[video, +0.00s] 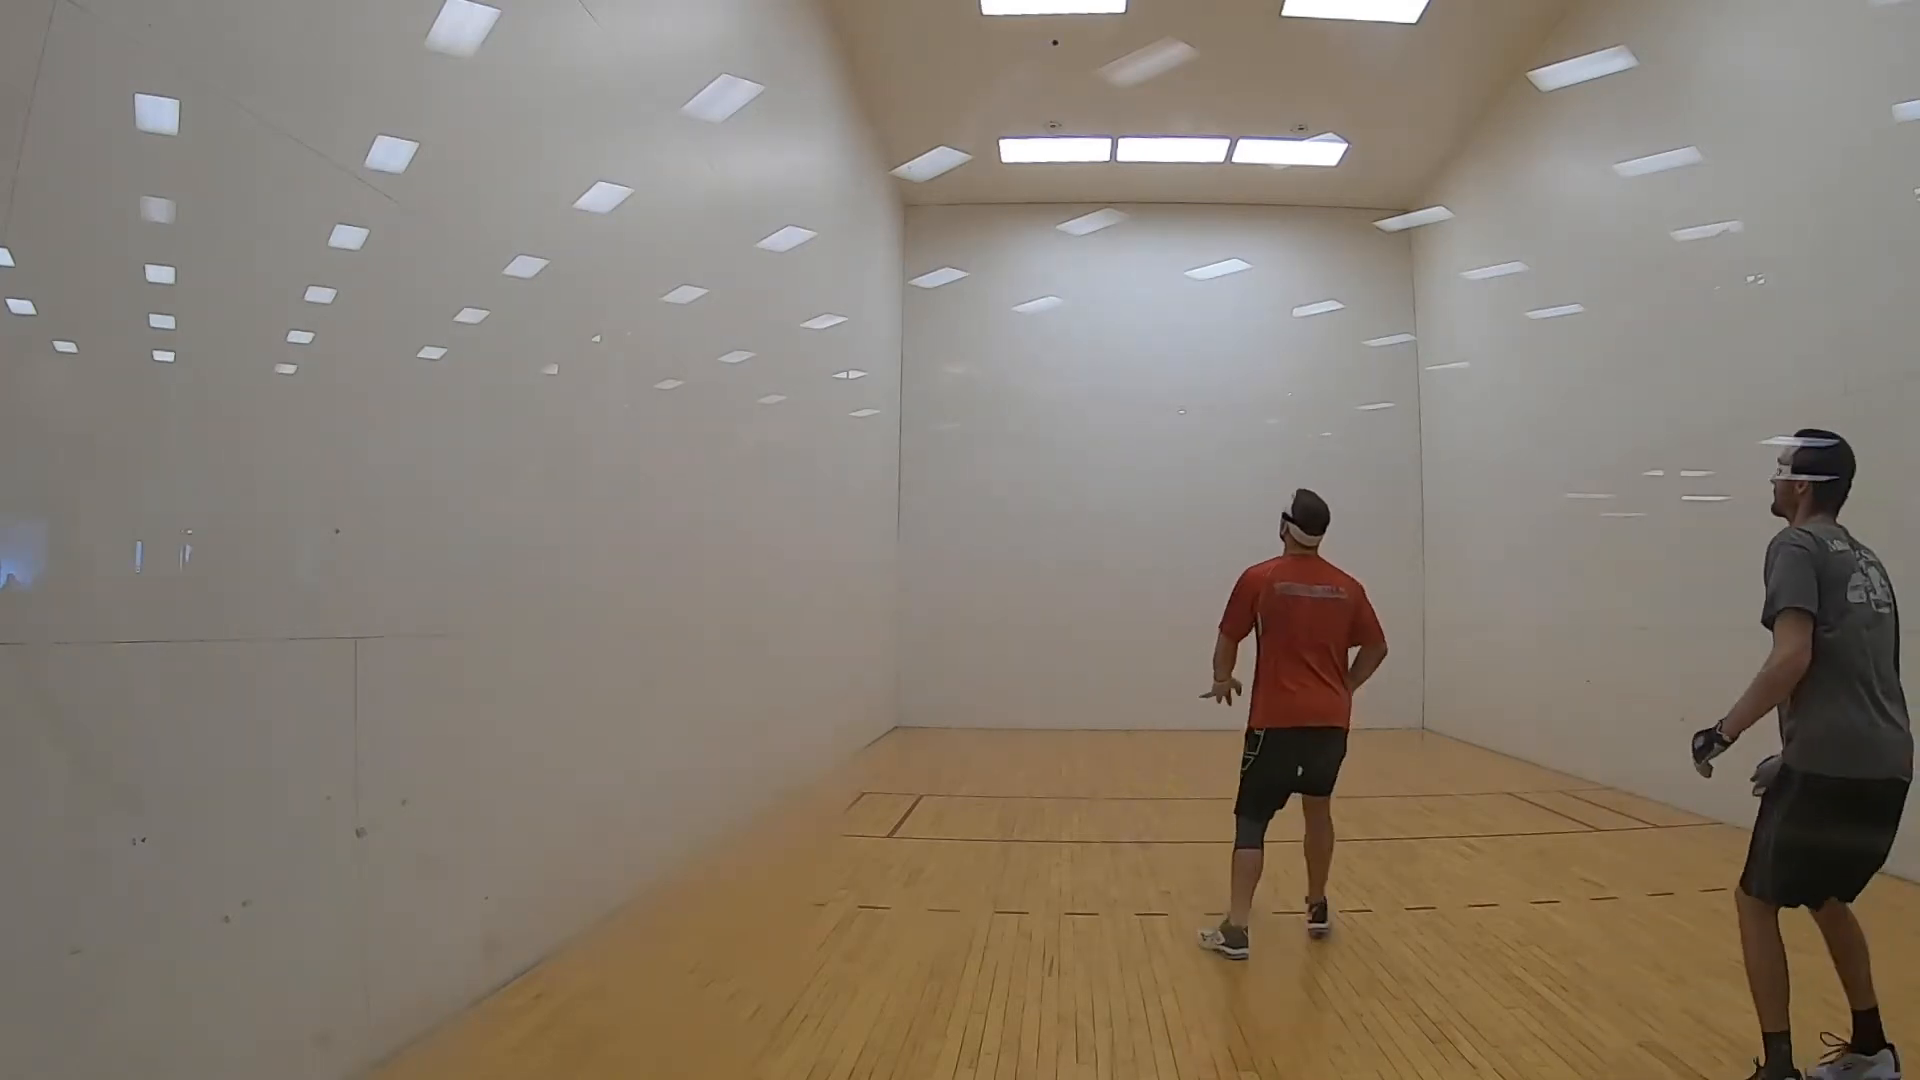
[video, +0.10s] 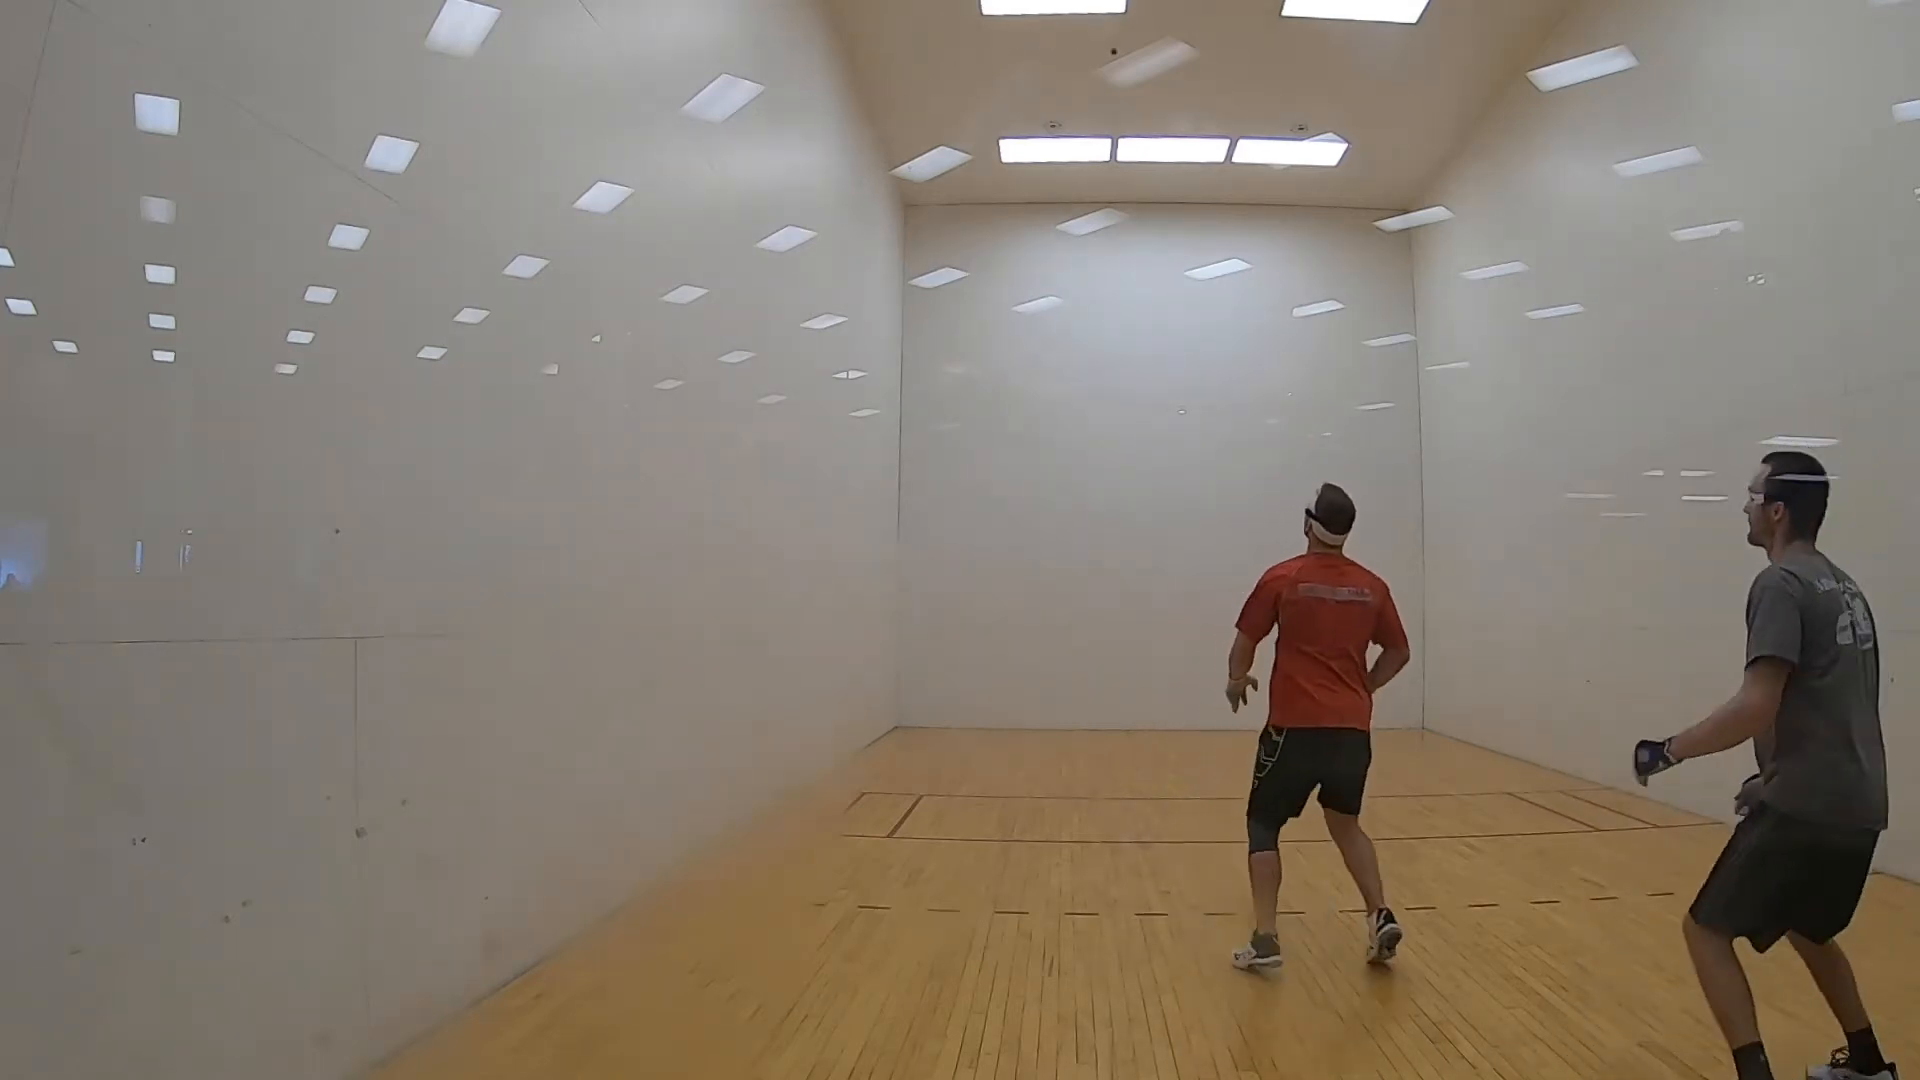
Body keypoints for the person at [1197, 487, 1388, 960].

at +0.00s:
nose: (1281, 527)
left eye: (1283, 522)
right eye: (1290, 523)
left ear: (1286, 528)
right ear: (1324, 534)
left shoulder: (1259, 579)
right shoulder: (1348, 587)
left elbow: (1227, 639)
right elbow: (1376, 648)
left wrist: (1223, 678)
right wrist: (1347, 687)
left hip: (1274, 722)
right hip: (1330, 722)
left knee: (1252, 819)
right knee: (1319, 807)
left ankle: (1236, 929)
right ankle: (1317, 905)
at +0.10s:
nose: (1305, 525)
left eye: (1307, 520)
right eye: (1316, 521)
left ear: (1309, 525)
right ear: (1349, 530)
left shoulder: (1281, 579)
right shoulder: (1373, 586)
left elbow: (1246, 639)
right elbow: (1399, 652)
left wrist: (1237, 677)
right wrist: (1365, 687)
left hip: (1294, 729)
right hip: (1352, 731)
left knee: (1263, 824)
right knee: (1344, 819)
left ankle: (1265, 940)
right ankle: (1380, 916)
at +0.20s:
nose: (1325, 529)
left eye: (1326, 523)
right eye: (1336, 524)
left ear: (1328, 529)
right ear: (1370, 535)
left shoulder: (1299, 587)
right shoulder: (1395, 593)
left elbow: (1263, 648)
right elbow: (1424, 663)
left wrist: (1267, 681)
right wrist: (1393, 701)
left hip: (1312, 746)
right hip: (1375, 747)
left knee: (1281, 840)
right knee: (1366, 846)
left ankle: (1271, 950)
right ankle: (1392, 945)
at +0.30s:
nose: (1355, 507)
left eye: (1350, 498)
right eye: (1368, 501)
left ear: (1343, 502)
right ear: (1389, 505)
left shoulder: (1311, 562)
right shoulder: (1417, 566)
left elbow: (1288, 626)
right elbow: (1447, 639)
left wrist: (1305, 668)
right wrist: (1425, 683)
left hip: (1331, 728)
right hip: (1395, 730)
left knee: (1316, 837)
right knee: (1393, 839)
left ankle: (1303, 944)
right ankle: (1397, 948)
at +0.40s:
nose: (1391, 494)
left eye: (1377, 486)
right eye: (1398, 486)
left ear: (1356, 490)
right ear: (1403, 492)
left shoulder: (1321, 554)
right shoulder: (1433, 558)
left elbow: (1310, 626)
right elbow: (1458, 645)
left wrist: (1346, 663)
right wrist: (1446, 692)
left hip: (1345, 719)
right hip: (1411, 720)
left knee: (1353, 831)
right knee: (1417, 843)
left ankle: (1338, 954)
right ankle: (1418, 958)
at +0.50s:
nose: (1434, 504)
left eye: (1431, 495)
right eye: (1427, 496)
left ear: (1380, 508)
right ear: (1406, 506)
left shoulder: (1339, 571)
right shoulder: (1435, 575)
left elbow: (1332, 651)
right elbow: (1465, 668)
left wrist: (1374, 682)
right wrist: (1478, 710)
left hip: (1364, 745)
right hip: (1430, 747)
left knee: (1376, 854)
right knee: (1454, 858)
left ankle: (1350, 978)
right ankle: (1442, 985)